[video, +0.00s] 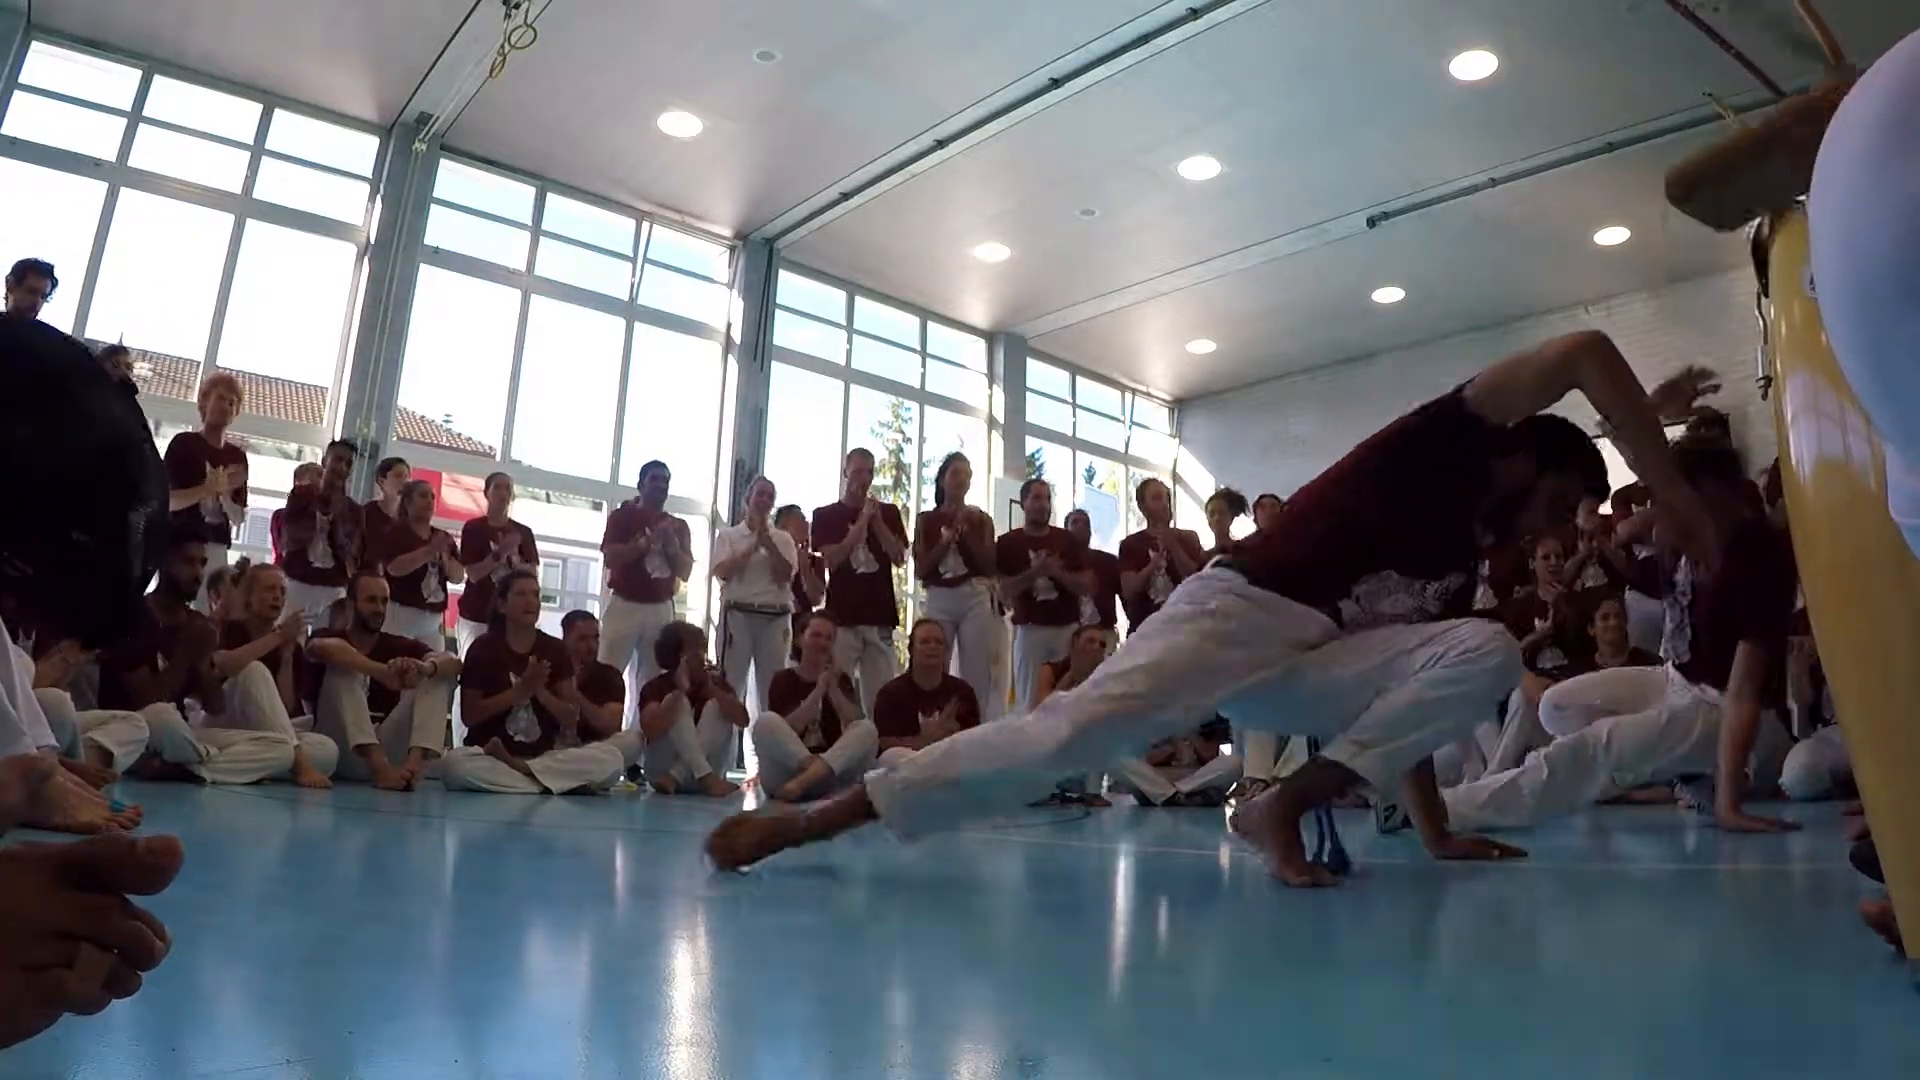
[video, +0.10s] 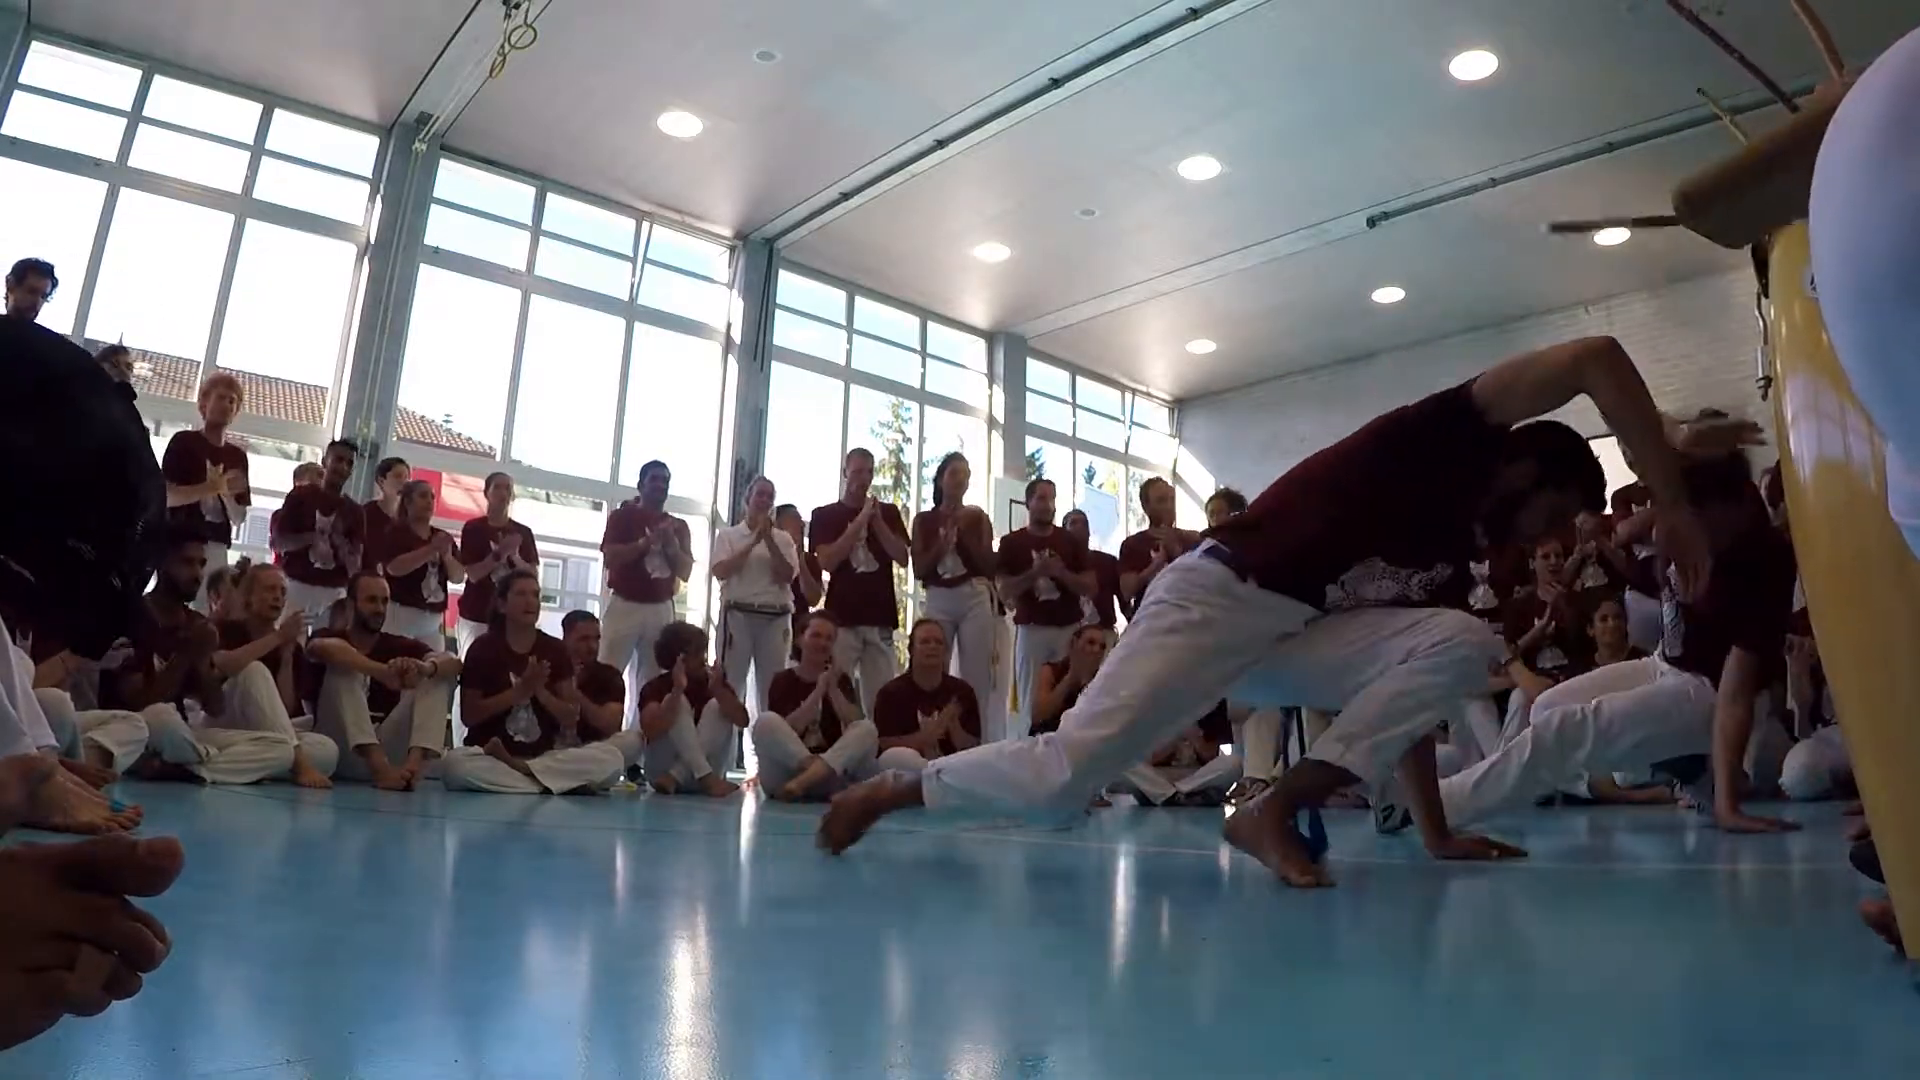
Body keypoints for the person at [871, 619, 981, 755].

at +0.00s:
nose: (933, 647)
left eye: (939, 642)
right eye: (925, 642)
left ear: (945, 650)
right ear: (911, 650)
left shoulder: (962, 691)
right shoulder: (890, 693)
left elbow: (972, 740)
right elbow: (884, 745)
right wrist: (925, 740)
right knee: (891, 757)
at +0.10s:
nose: (932, 647)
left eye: (938, 642)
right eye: (925, 642)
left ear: (945, 650)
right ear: (911, 649)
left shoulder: (962, 691)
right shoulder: (890, 693)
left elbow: (972, 748)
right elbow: (883, 745)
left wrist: (954, 726)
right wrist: (924, 737)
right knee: (896, 756)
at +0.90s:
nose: (933, 647)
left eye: (939, 643)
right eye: (925, 642)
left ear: (946, 651)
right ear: (910, 650)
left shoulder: (962, 691)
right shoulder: (891, 693)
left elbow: (971, 747)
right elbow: (887, 744)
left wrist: (954, 731)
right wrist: (925, 739)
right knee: (893, 758)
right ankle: (987, 796)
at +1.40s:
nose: (934, 647)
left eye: (939, 643)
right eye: (926, 642)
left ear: (946, 651)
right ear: (911, 650)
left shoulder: (961, 690)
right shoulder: (892, 693)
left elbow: (970, 748)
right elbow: (893, 750)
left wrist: (962, 725)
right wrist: (927, 731)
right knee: (896, 758)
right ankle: (977, 796)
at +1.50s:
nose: (934, 647)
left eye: (939, 643)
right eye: (926, 643)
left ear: (946, 650)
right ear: (911, 651)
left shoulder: (962, 690)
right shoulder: (891, 693)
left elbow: (971, 743)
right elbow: (889, 748)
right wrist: (922, 729)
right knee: (895, 759)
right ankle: (976, 796)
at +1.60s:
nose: (934, 647)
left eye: (940, 643)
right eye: (926, 642)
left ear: (948, 651)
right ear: (911, 650)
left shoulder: (961, 690)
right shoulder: (892, 692)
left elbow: (970, 750)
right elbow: (886, 748)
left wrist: (965, 728)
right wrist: (921, 728)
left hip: (952, 775)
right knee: (897, 759)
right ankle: (982, 796)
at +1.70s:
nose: (935, 648)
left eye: (940, 643)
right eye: (927, 642)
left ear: (947, 651)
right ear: (912, 650)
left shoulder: (963, 690)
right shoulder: (892, 692)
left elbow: (970, 747)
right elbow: (889, 746)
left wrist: (954, 725)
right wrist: (925, 739)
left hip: (951, 769)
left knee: (1001, 755)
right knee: (896, 759)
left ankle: (931, 795)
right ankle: (976, 797)